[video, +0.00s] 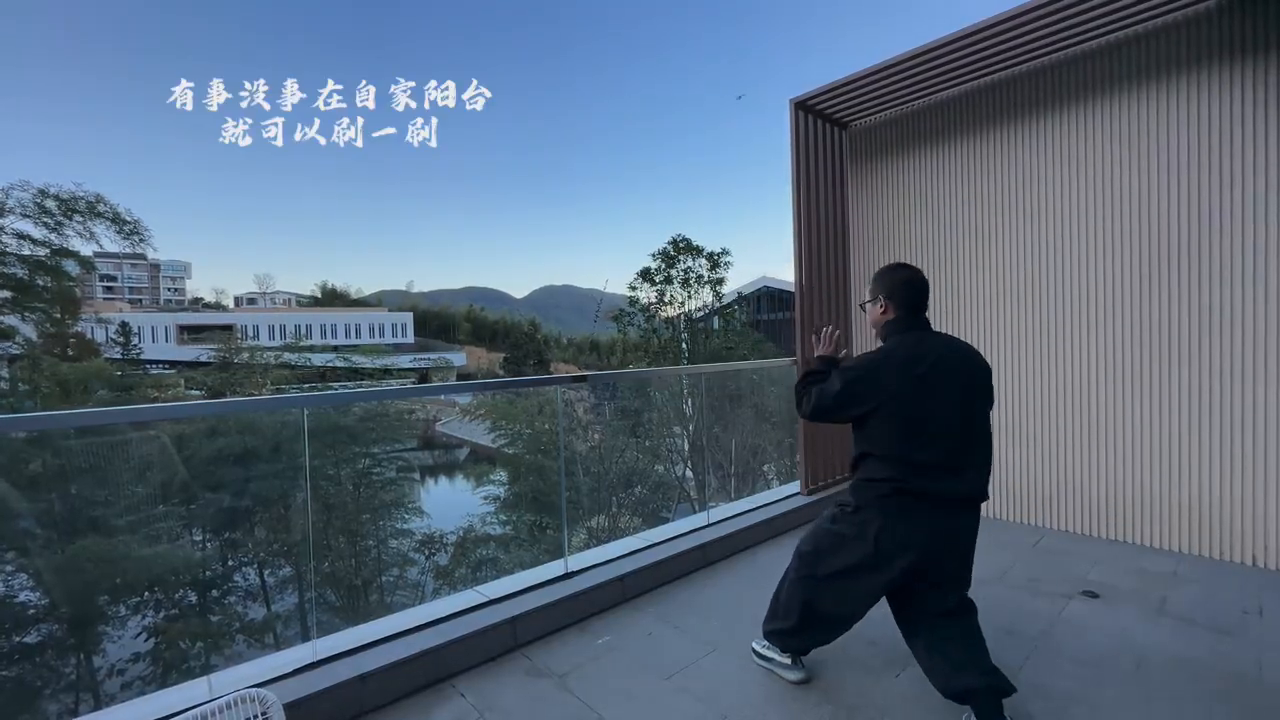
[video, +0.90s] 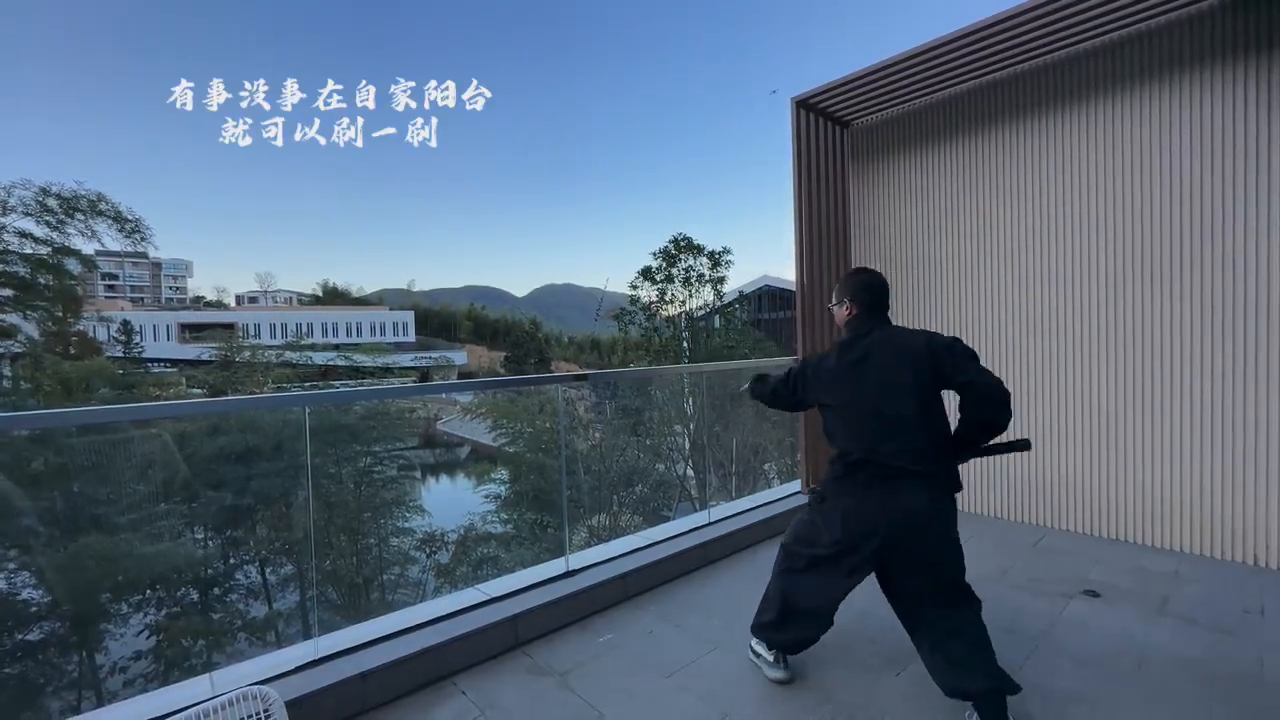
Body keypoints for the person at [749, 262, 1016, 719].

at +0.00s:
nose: (867, 312)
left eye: (870, 303)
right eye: (869, 303)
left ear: (887, 308)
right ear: (921, 307)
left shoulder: (878, 366)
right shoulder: (971, 360)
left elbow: (812, 401)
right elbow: (983, 406)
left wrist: (820, 362)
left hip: (887, 509)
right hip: (955, 514)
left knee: (818, 555)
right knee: (945, 607)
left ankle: (784, 646)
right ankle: (988, 705)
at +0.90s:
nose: (832, 312)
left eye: (836, 305)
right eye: (834, 304)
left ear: (851, 309)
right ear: (882, 308)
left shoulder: (831, 364)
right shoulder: (931, 347)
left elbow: (783, 391)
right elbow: (992, 399)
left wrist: (761, 385)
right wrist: (959, 445)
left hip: (855, 502)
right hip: (927, 503)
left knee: (804, 559)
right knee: (945, 599)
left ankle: (771, 644)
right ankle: (991, 704)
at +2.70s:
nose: (884, 304)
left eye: (883, 295)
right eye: (876, 296)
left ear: (847, 300)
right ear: (844, 300)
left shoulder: (858, 342)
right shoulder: (829, 357)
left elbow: (903, 373)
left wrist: (945, 358)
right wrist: (945, 383)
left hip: (849, 497)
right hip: (855, 504)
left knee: (826, 584)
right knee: (944, 587)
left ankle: (765, 646)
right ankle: (991, 704)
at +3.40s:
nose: (776, 369)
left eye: (775, 362)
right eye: (775, 362)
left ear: (786, 361)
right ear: (818, 350)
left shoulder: (798, 403)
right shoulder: (858, 372)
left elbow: (772, 451)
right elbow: (828, 407)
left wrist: (769, 410)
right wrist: (774, 398)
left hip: (852, 531)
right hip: (916, 527)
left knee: (782, 548)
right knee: (952, 613)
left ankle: (765, 641)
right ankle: (1019, 706)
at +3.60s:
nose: (865, 328)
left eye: (866, 319)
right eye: (864, 320)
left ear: (885, 315)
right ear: (918, 309)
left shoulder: (901, 362)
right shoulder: (962, 345)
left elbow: (844, 403)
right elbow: (885, 372)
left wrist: (822, 361)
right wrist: (829, 356)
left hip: (928, 509)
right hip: (992, 509)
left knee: (851, 568)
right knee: (965, 610)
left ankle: (786, 631)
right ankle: (1034, 700)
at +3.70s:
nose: (906, 302)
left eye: (907, 292)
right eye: (904, 293)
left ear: (931, 288)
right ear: (955, 285)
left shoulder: (956, 341)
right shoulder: (998, 321)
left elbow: (891, 400)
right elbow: (908, 359)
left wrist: (832, 380)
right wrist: (833, 368)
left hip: (998, 495)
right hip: (1059, 494)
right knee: (987, 594)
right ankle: (1048, 705)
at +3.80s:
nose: (930, 285)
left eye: (934, 273)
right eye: (930, 275)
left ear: (960, 272)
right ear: (975, 272)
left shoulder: (993, 329)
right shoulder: (1023, 310)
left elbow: (963, 425)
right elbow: (961, 385)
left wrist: (899, 441)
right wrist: (899, 416)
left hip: (1053, 502)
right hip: (1101, 495)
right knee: (1047, 614)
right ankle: (1058, 701)